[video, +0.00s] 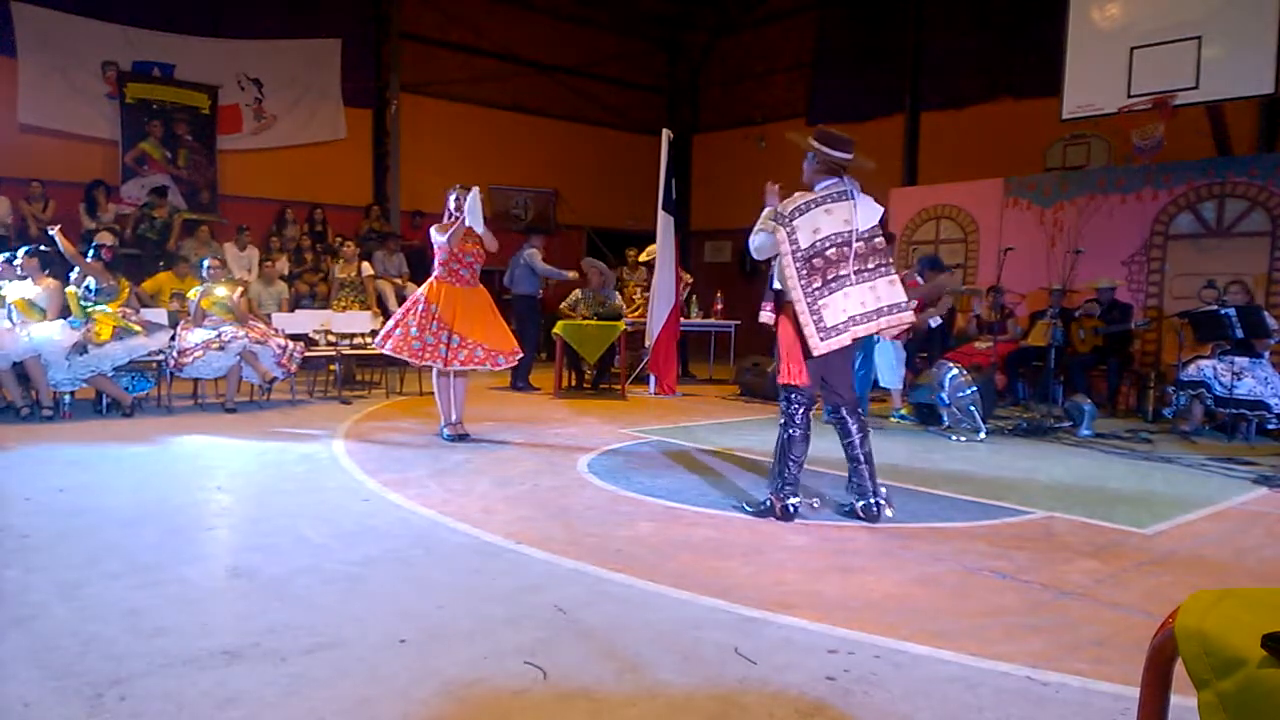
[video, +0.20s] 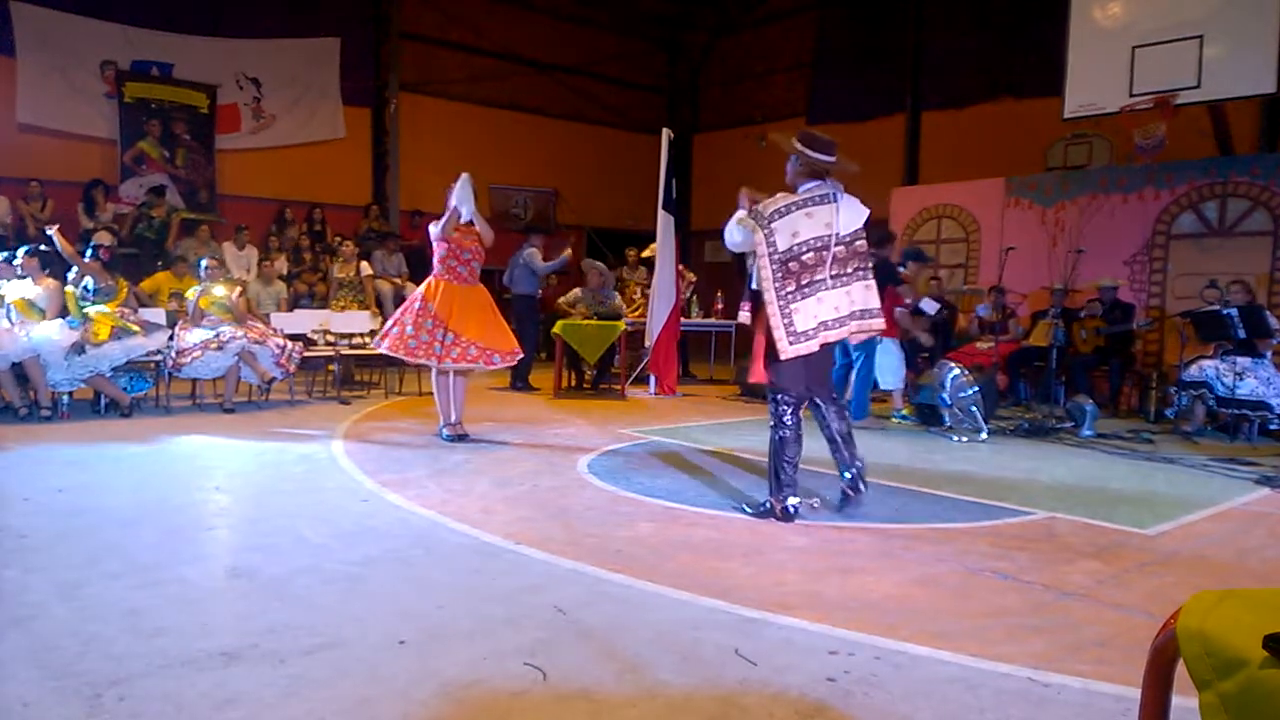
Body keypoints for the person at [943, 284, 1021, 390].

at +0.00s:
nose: (994, 299)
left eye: (997, 297)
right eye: (992, 296)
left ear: (1001, 298)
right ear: (987, 298)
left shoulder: (1008, 313)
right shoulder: (980, 314)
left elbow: (1013, 335)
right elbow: (972, 334)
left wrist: (993, 338)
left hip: (1003, 344)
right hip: (983, 343)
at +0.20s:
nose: (995, 300)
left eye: (998, 297)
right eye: (993, 296)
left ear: (1003, 298)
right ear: (988, 298)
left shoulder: (1009, 313)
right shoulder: (981, 313)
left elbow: (1014, 335)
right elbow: (974, 334)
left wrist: (994, 339)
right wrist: (973, 322)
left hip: (1004, 344)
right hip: (984, 344)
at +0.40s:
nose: (992, 300)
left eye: (996, 297)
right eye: (990, 296)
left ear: (1002, 299)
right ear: (986, 298)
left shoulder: (1007, 312)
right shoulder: (980, 313)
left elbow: (1013, 335)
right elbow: (973, 335)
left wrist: (993, 338)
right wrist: (972, 321)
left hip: (1003, 343)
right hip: (983, 343)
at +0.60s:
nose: (992, 300)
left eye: (996, 297)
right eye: (990, 296)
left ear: (1002, 299)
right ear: (986, 298)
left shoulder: (1008, 313)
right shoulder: (980, 313)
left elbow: (1012, 335)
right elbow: (973, 335)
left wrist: (993, 338)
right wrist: (971, 323)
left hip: (1002, 343)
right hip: (983, 343)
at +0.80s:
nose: (993, 300)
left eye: (996, 297)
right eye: (990, 297)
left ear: (1002, 299)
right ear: (986, 298)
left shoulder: (1007, 312)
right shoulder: (978, 313)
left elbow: (1012, 335)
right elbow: (973, 335)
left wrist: (993, 338)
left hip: (1002, 344)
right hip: (983, 344)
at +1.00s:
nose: (993, 300)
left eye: (996, 297)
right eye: (990, 296)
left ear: (1002, 299)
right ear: (986, 297)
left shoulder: (1008, 313)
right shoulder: (980, 314)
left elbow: (1012, 335)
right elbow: (973, 335)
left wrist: (993, 339)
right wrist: (972, 322)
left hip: (1002, 344)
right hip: (982, 344)